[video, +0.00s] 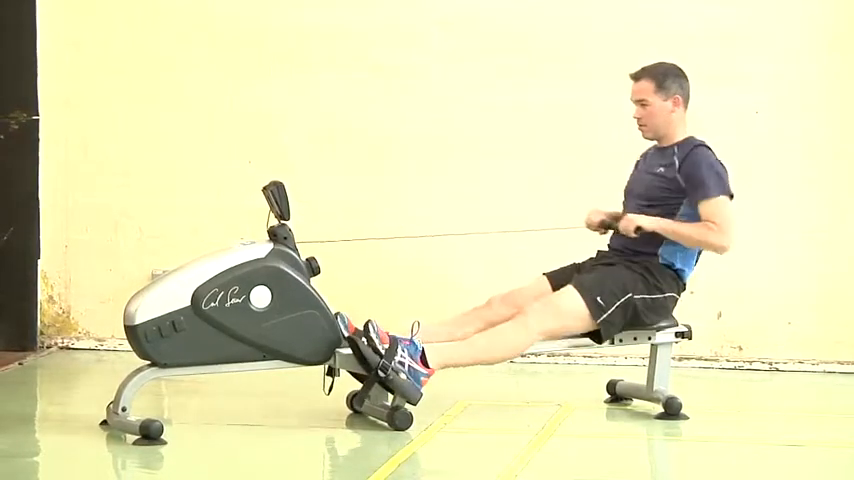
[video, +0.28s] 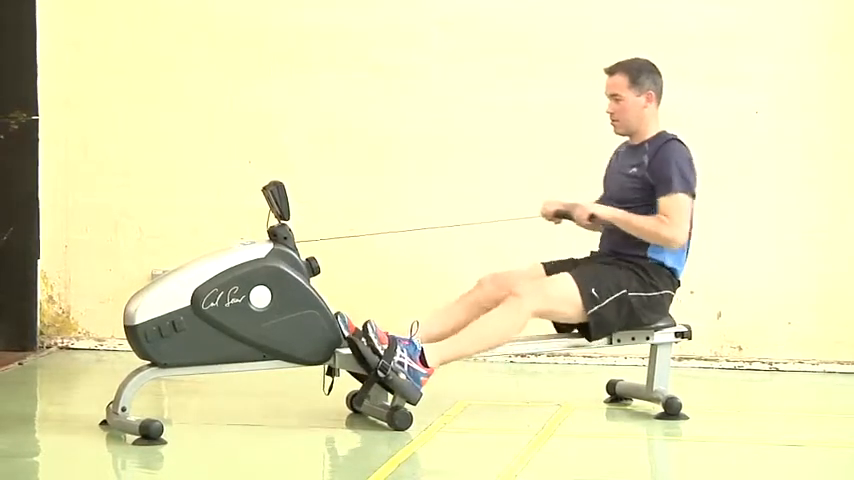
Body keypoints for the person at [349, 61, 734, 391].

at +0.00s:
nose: (635, 114)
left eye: (642, 104)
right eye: (634, 105)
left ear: (675, 103)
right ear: (665, 106)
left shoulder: (698, 157)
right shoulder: (651, 156)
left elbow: (721, 236)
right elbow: (649, 219)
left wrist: (650, 221)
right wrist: (612, 219)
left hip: (650, 275)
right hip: (617, 262)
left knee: (537, 319)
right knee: (505, 303)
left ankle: (422, 364)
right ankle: (401, 346)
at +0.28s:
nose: (609, 109)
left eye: (617, 99)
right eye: (608, 100)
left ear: (649, 100)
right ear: (636, 100)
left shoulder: (670, 153)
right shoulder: (623, 154)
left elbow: (675, 233)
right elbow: (614, 223)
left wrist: (602, 212)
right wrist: (575, 215)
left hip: (644, 279)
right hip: (608, 267)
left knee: (527, 297)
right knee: (491, 287)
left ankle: (423, 365)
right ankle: (402, 345)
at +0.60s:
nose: (540, 109)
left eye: (549, 100)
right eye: (540, 100)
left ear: (580, 102)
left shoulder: (602, 153)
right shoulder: (552, 158)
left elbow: (559, 214)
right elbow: (507, 196)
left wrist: (484, 215)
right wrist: (458, 207)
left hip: (609, 282)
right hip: (572, 276)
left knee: (499, 261)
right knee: (461, 254)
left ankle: (423, 359)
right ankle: (398, 345)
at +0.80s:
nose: (492, 115)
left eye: (501, 106)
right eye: (492, 107)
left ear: (533, 109)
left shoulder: (556, 158)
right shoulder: (505, 162)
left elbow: (488, 207)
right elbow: (448, 195)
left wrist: (413, 225)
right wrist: (388, 214)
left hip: (578, 286)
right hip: (537, 284)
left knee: (479, 245)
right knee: (437, 240)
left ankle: (421, 359)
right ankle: (393, 342)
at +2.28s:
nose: (559, 105)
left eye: (567, 95)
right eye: (558, 96)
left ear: (599, 97)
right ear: (593, 97)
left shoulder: (618, 152)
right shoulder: (568, 148)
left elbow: (547, 199)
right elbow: (510, 181)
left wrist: (472, 211)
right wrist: (446, 200)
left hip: (605, 277)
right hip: (569, 269)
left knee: (494, 257)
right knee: (460, 253)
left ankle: (420, 359)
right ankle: (393, 341)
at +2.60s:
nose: (622, 108)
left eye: (630, 98)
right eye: (620, 100)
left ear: (662, 98)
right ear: (636, 101)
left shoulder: (680, 153)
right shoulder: (633, 153)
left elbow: (661, 223)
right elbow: (602, 199)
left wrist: (587, 210)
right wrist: (558, 205)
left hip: (642, 278)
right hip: (608, 267)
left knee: (529, 298)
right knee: (491, 292)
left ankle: (424, 364)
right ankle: (396, 346)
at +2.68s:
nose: (627, 108)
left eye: (636, 99)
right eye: (626, 100)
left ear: (668, 100)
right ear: (644, 102)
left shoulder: (688, 153)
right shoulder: (639, 153)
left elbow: (685, 230)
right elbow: (627, 213)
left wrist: (610, 212)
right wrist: (588, 210)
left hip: (647, 275)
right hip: (611, 264)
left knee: (533, 311)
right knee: (500, 297)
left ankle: (423, 363)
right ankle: (396, 346)